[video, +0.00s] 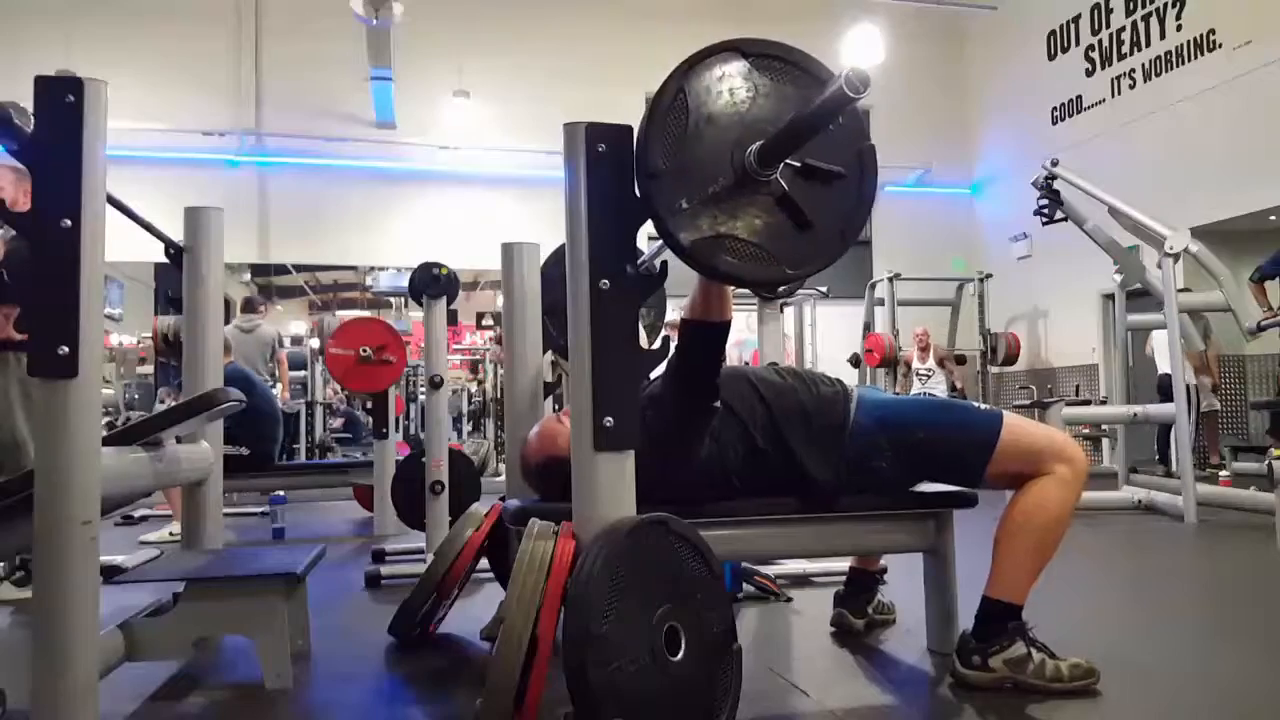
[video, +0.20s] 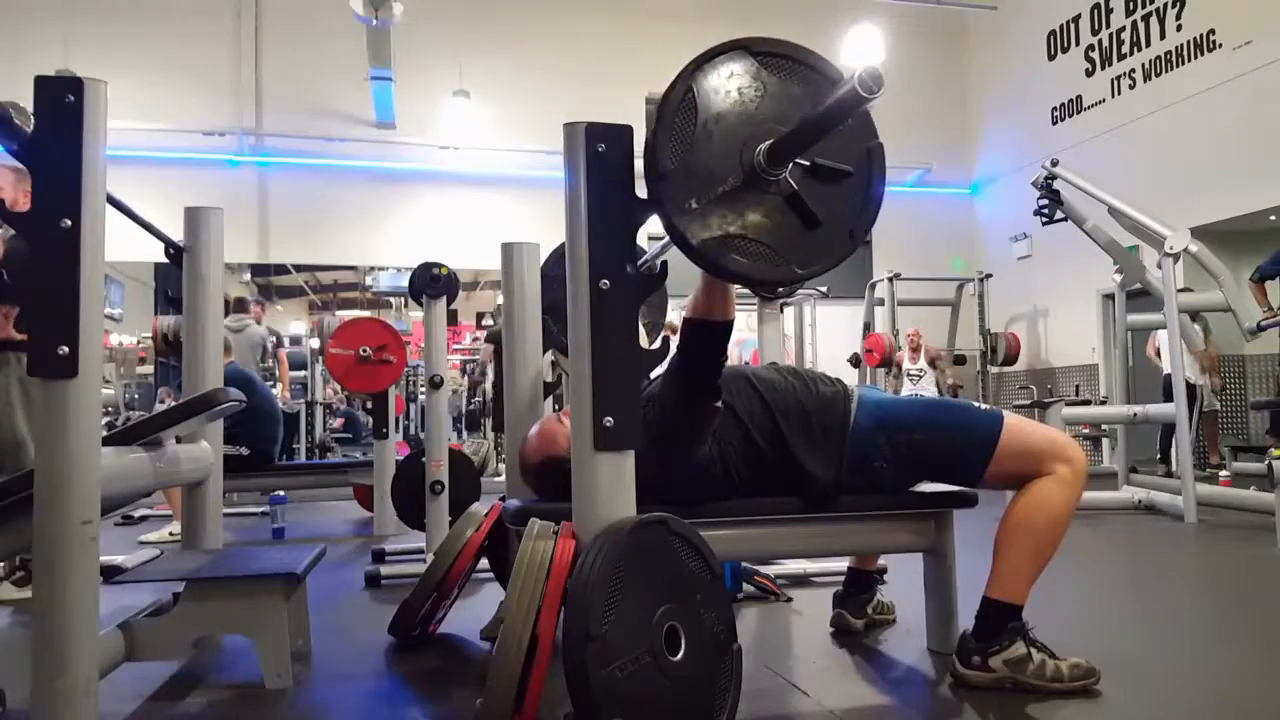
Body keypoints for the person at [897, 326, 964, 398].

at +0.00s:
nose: (920, 338)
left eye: (922, 335)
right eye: (917, 336)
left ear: (928, 337)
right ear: (914, 339)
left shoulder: (940, 353)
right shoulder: (910, 356)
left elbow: (953, 371)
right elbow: (902, 375)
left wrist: (960, 388)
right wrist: (898, 391)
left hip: (937, 393)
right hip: (916, 393)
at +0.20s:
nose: (911, 338)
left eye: (914, 335)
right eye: (908, 336)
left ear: (919, 337)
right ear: (905, 339)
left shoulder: (931, 353)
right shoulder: (900, 356)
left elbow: (943, 370)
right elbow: (895, 377)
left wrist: (949, 381)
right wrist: (892, 393)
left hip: (928, 393)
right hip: (907, 393)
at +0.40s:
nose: (901, 337)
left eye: (904, 334)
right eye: (898, 334)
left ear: (908, 337)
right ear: (895, 338)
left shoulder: (919, 354)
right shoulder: (887, 355)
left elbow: (930, 371)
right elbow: (884, 376)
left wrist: (936, 384)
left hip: (915, 393)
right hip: (894, 393)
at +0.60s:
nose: (896, 336)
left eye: (898, 333)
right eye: (893, 333)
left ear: (902, 335)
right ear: (887, 336)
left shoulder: (911, 352)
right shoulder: (878, 354)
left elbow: (923, 372)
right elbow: (874, 375)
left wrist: (928, 389)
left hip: (908, 394)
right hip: (886, 394)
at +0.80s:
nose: (901, 335)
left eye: (901, 332)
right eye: (897, 333)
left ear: (902, 333)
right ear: (888, 336)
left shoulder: (907, 352)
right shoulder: (876, 352)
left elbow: (918, 369)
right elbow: (870, 372)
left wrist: (925, 380)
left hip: (906, 393)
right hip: (885, 393)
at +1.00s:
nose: (903, 334)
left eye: (902, 332)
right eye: (900, 332)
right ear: (891, 336)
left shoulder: (906, 351)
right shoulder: (877, 352)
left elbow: (915, 365)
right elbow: (869, 372)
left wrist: (931, 374)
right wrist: (872, 391)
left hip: (906, 393)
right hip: (886, 393)